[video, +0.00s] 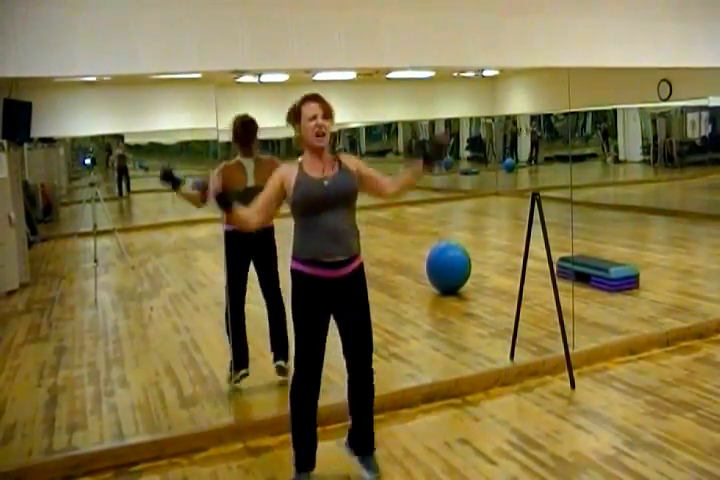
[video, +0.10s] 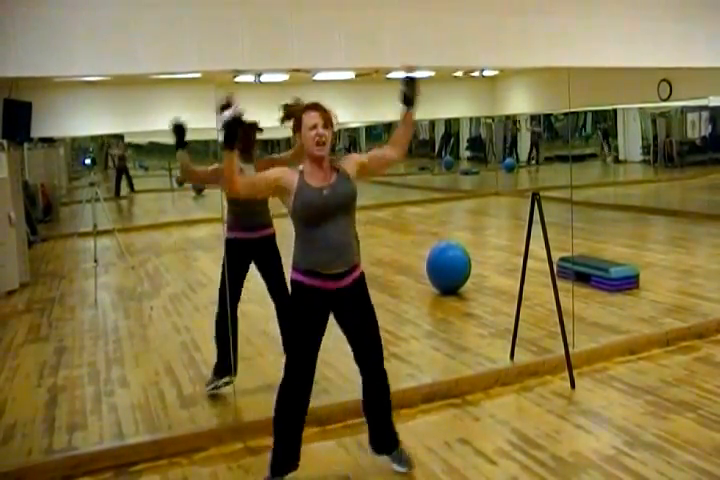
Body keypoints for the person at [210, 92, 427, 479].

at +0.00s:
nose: (320, 124)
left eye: (324, 117)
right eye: (311, 119)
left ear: (332, 124)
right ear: (298, 129)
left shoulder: (349, 164)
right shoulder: (287, 174)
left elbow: (387, 188)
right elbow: (253, 220)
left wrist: (415, 169)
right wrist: (223, 201)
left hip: (351, 274)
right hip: (309, 278)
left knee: (361, 365)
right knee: (307, 371)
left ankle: (363, 446)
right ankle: (304, 464)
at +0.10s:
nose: (320, 133)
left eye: (324, 127)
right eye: (312, 128)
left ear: (333, 134)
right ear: (299, 138)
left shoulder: (348, 166)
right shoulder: (285, 177)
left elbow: (395, 152)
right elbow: (234, 187)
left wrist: (409, 107)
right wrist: (231, 137)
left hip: (351, 284)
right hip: (308, 288)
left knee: (373, 364)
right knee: (298, 375)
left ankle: (385, 443)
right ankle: (281, 467)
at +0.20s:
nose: (321, 160)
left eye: (325, 153)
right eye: (313, 155)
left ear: (333, 160)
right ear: (300, 163)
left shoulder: (346, 191)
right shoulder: (290, 201)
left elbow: (378, 149)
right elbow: (246, 169)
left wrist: (366, 100)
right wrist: (263, 120)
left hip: (354, 315)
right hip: (309, 321)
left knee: (387, 384)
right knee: (286, 406)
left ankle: (402, 450)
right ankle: (264, 476)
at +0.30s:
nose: (321, 164)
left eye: (325, 158)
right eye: (313, 159)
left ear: (332, 165)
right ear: (302, 168)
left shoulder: (346, 194)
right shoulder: (292, 205)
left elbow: (377, 151)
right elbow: (250, 168)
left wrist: (365, 102)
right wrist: (268, 121)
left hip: (354, 318)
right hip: (310, 324)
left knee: (388, 385)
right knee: (287, 407)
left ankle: (401, 452)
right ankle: (266, 475)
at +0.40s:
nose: (320, 140)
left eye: (324, 133)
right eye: (311, 135)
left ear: (333, 139)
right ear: (299, 143)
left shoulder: (348, 171)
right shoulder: (287, 181)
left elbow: (391, 145)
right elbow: (235, 181)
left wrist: (410, 103)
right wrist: (232, 130)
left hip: (352, 291)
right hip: (308, 295)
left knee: (377, 371)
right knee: (294, 382)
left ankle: (398, 444)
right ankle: (271, 473)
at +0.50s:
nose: (322, 131)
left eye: (326, 125)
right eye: (313, 126)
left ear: (334, 131)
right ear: (299, 135)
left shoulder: (349, 167)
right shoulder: (287, 177)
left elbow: (394, 175)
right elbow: (241, 207)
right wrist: (216, 187)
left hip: (349, 282)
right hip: (306, 285)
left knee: (370, 365)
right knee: (301, 380)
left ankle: (379, 448)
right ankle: (288, 471)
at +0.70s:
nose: (324, 150)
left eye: (328, 143)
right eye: (316, 145)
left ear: (335, 149)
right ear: (303, 154)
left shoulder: (350, 195)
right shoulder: (291, 202)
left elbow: (365, 254)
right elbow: (280, 260)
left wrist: (386, 300)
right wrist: (270, 308)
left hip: (350, 305)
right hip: (307, 309)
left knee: (366, 386)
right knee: (309, 392)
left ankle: (361, 462)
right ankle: (306, 471)